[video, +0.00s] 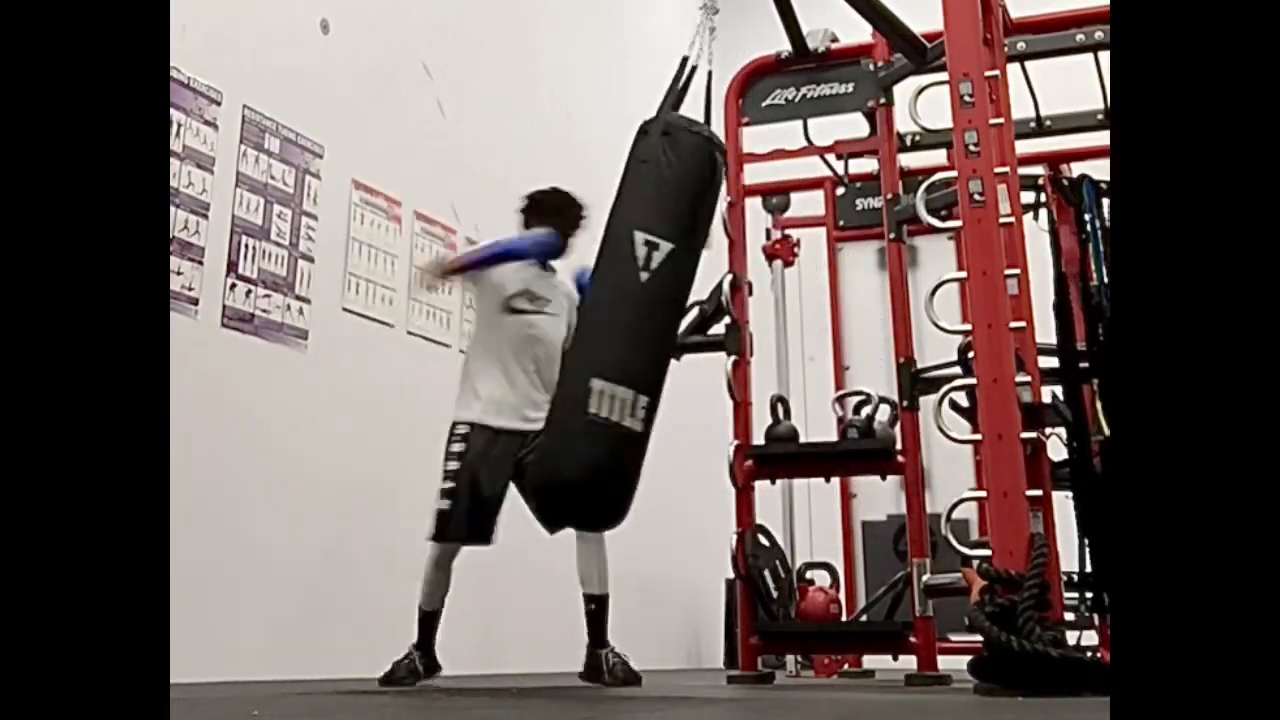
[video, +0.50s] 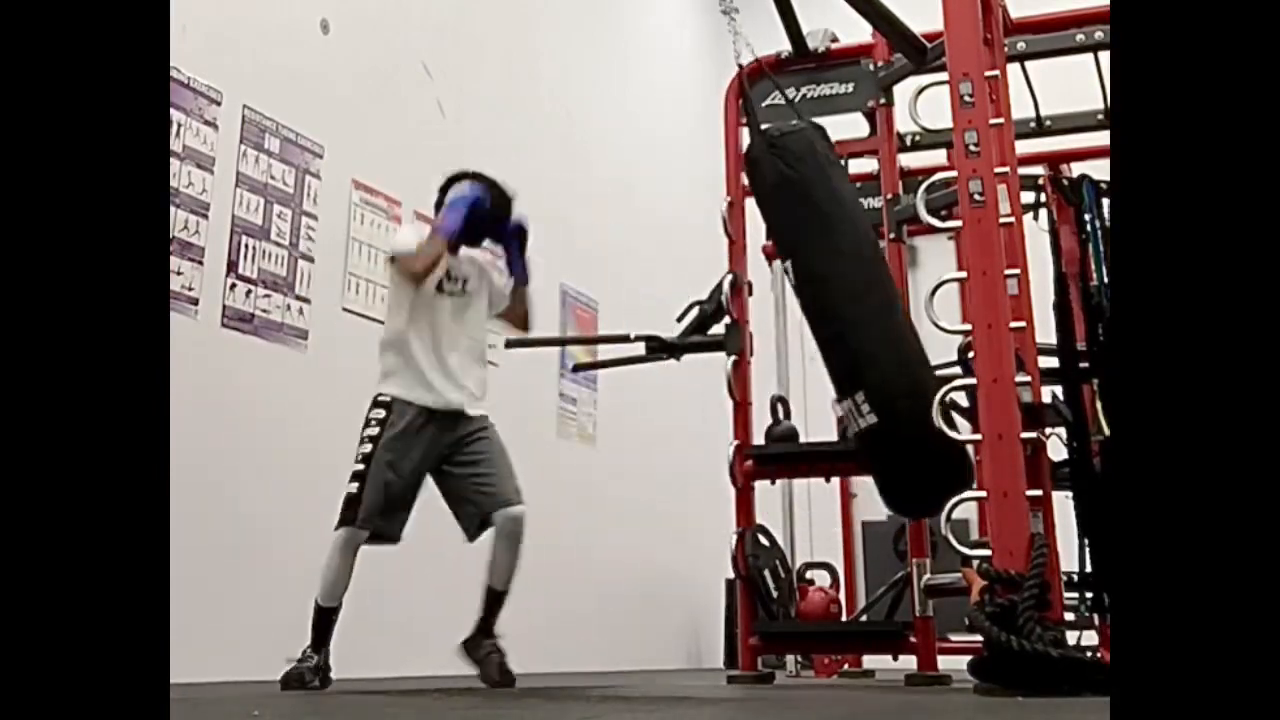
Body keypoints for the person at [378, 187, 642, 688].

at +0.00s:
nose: (559, 240)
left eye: (567, 232)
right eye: (551, 230)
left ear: (570, 238)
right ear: (530, 225)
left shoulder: (569, 292)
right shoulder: (492, 266)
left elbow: (577, 356)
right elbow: (439, 272)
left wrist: (595, 295)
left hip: (545, 427)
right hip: (482, 421)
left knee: (590, 519)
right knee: (445, 543)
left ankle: (599, 650)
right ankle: (423, 652)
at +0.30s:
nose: (524, 238)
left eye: (531, 233)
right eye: (521, 225)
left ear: (531, 235)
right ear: (499, 214)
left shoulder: (524, 274)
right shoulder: (456, 242)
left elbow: (563, 328)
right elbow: (447, 291)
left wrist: (562, 266)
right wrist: (487, 240)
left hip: (509, 413)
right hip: (456, 399)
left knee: (556, 527)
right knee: (419, 528)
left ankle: (588, 653)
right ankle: (380, 653)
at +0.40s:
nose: (495, 213)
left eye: (505, 209)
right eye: (491, 203)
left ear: (508, 211)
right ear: (470, 192)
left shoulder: (498, 250)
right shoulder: (429, 214)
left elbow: (535, 303)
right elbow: (418, 258)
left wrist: (534, 239)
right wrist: (464, 220)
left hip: (479, 386)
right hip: (425, 373)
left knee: (511, 504)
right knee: (395, 508)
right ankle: (372, 641)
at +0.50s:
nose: (464, 220)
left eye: (474, 213)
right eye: (458, 206)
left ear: (482, 223)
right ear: (439, 210)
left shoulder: (484, 270)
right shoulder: (409, 248)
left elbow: (521, 321)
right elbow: (418, 270)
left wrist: (517, 258)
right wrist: (451, 223)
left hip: (464, 414)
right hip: (403, 406)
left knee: (511, 518)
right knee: (352, 529)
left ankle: (483, 637)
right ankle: (316, 654)